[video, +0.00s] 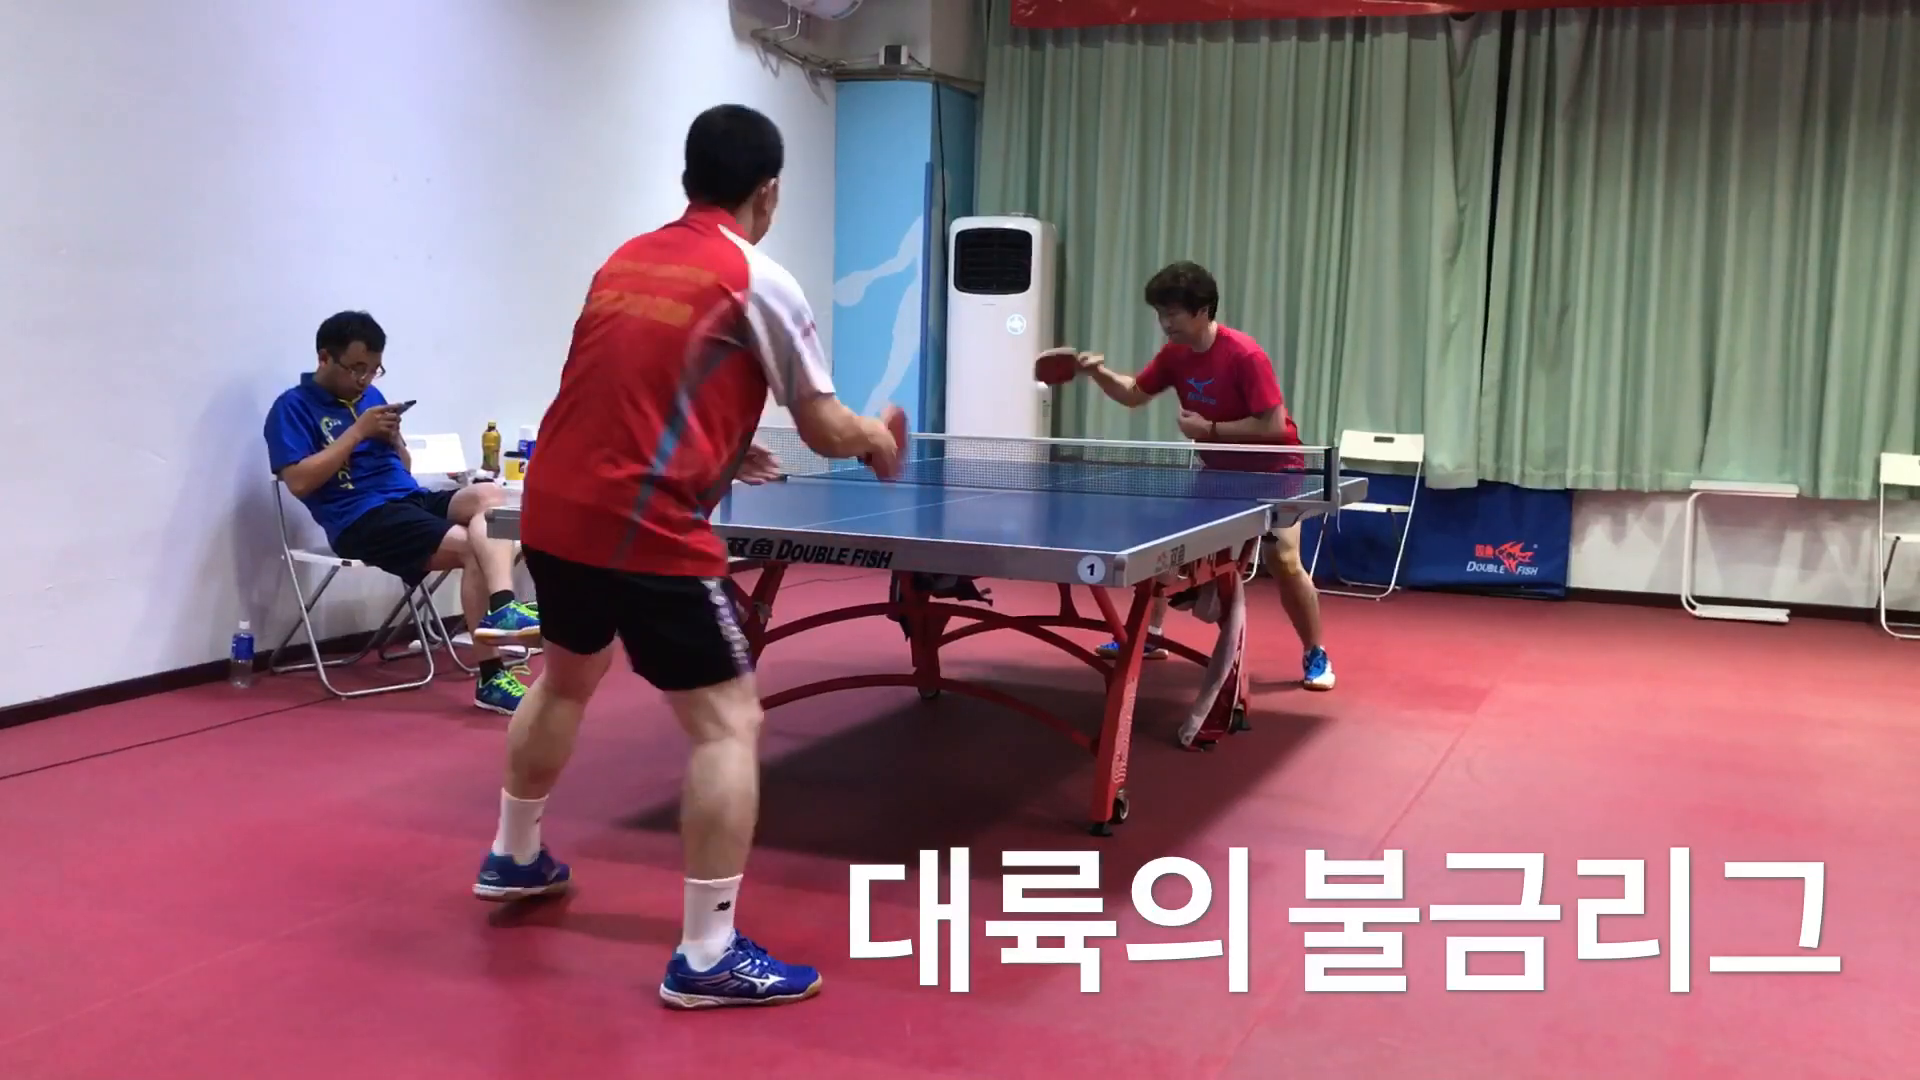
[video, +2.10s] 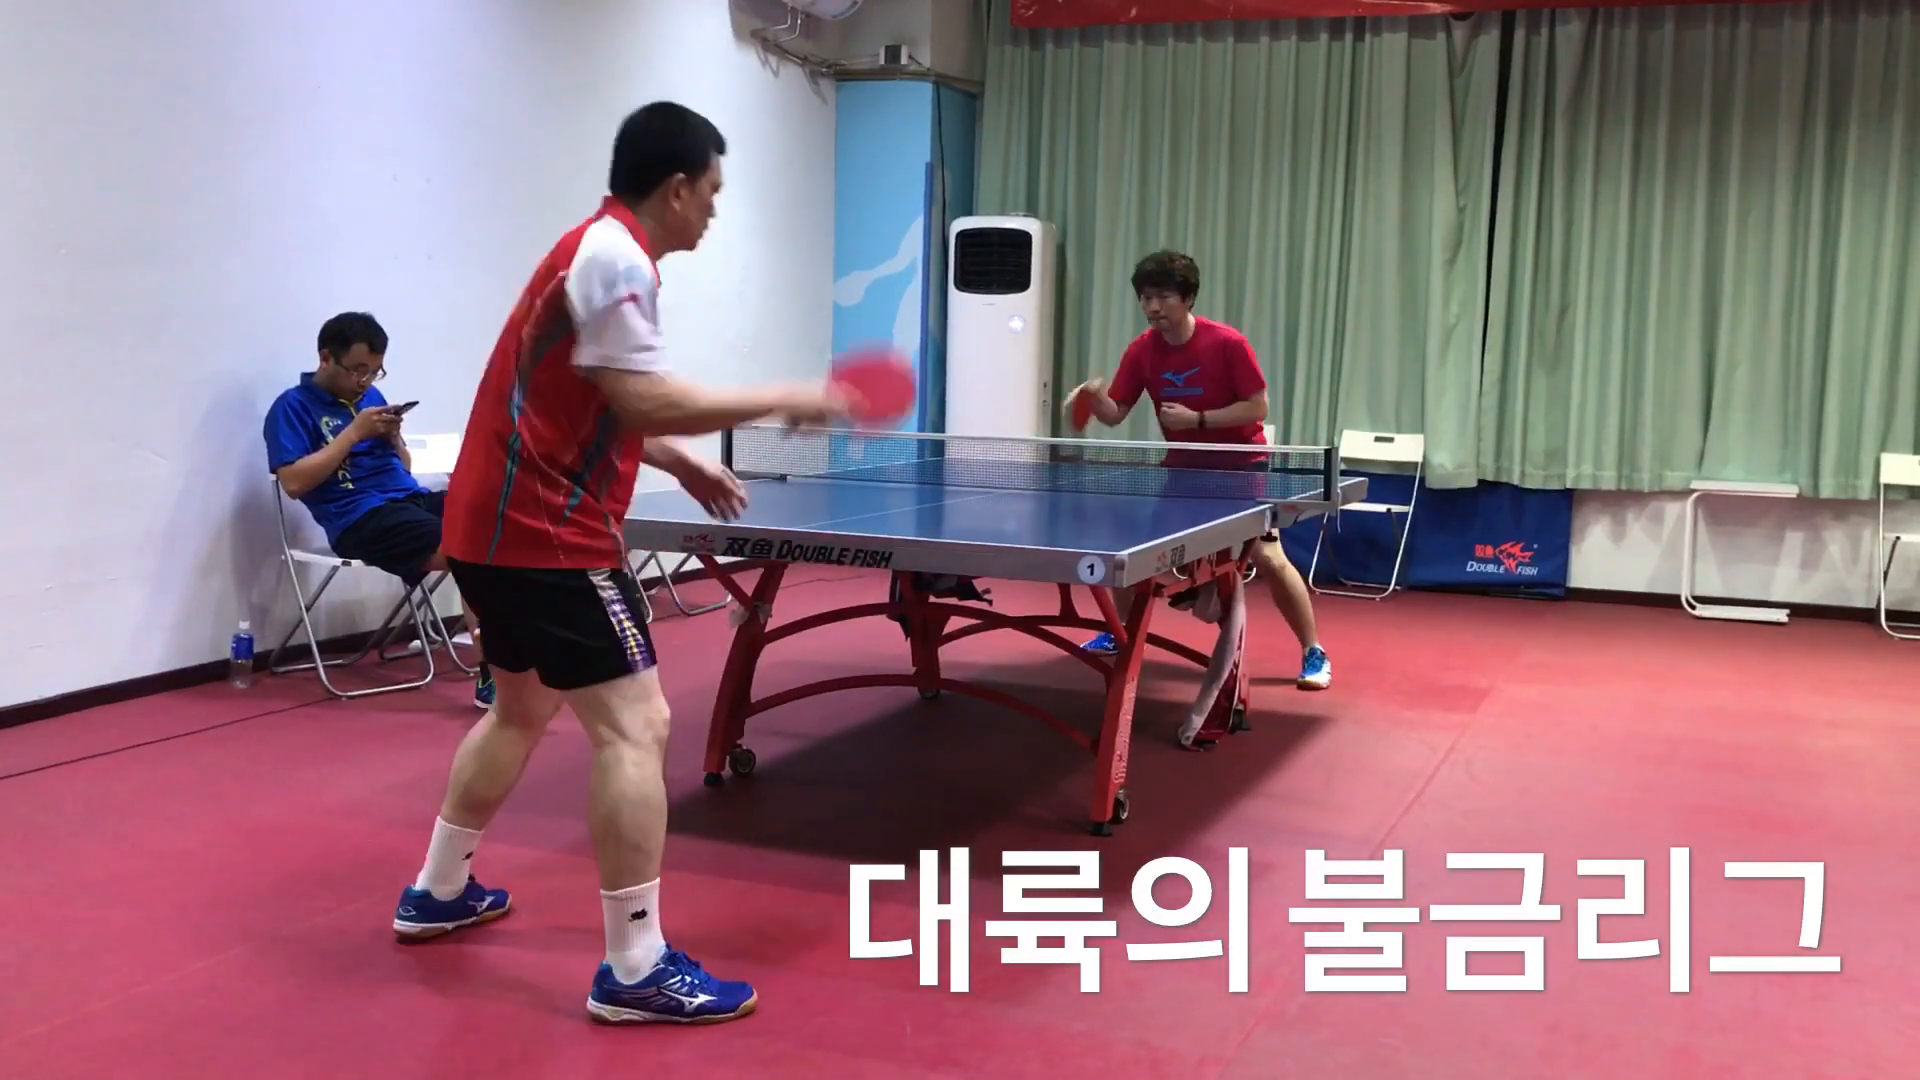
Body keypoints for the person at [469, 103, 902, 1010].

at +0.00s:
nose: (778, 199)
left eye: (772, 185)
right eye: (779, 186)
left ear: (690, 182)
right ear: (766, 191)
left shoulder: (625, 259)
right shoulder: (761, 284)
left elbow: (610, 397)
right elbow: (823, 428)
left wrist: (717, 449)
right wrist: (871, 436)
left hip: (555, 519)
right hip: (655, 538)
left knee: (564, 677)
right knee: (727, 723)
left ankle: (512, 857)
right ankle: (708, 952)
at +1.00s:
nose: (758, 224)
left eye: (759, 208)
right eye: (759, 207)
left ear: (680, 193)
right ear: (738, 206)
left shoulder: (639, 263)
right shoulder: (676, 278)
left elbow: (663, 420)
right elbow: (682, 430)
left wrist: (751, 464)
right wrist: (798, 504)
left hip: (512, 525)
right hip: (577, 536)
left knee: (550, 710)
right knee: (657, 729)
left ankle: (470, 889)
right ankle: (664, 966)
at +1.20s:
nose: (726, 221)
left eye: (730, 205)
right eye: (726, 202)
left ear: (668, 181)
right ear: (694, 190)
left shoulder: (631, 250)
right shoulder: (615, 235)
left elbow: (591, 384)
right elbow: (557, 358)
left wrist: (654, 456)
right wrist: (695, 402)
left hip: (526, 519)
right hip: (560, 522)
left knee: (552, 705)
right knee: (640, 714)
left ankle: (471, 887)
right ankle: (664, 952)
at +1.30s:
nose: (704, 190)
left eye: (705, 173)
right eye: (704, 172)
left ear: (625, 155)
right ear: (677, 164)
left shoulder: (579, 217)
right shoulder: (619, 219)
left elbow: (557, 375)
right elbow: (666, 359)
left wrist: (631, 447)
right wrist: (727, 333)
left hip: (504, 500)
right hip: (565, 502)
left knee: (539, 693)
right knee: (644, 697)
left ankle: (470, 884)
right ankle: (647, 939)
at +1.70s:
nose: (707, 186)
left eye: (704, 173)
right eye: (705, 173)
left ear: (612, 172)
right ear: (690, 178)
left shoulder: (551, 255)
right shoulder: (692, 274)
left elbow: (540, 406)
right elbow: (751, 425)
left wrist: (651, 458)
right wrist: (797, 423)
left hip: (499, 526)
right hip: (600, 544)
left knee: (518, 684)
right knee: (677, 734)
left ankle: (462, 871)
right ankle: (638, 967)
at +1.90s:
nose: (747, 215)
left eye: (747, 197)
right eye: (746, 197)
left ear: (666, 190)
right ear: (718, 198)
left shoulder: (629, 257)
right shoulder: (652, 269)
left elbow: (629, 422)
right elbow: (625, 422)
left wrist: (732, 499)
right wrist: (737, 506)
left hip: (499, 530)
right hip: (555, 542)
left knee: (525, 708)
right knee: (641, 733)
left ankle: (439, 885)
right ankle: (635, 970)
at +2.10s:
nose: (714, 209)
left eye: (715, 191)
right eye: (710, 190)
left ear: (645, 185)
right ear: (674, 188)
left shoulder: (587, 250)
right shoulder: (617, 257)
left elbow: (582, 410)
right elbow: (636, 399)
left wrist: (682, 462)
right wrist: (789, 401)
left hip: (489, 527)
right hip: (548, 536)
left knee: (520, 711)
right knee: (635, 726)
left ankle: (436, 889)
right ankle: (636, 966)